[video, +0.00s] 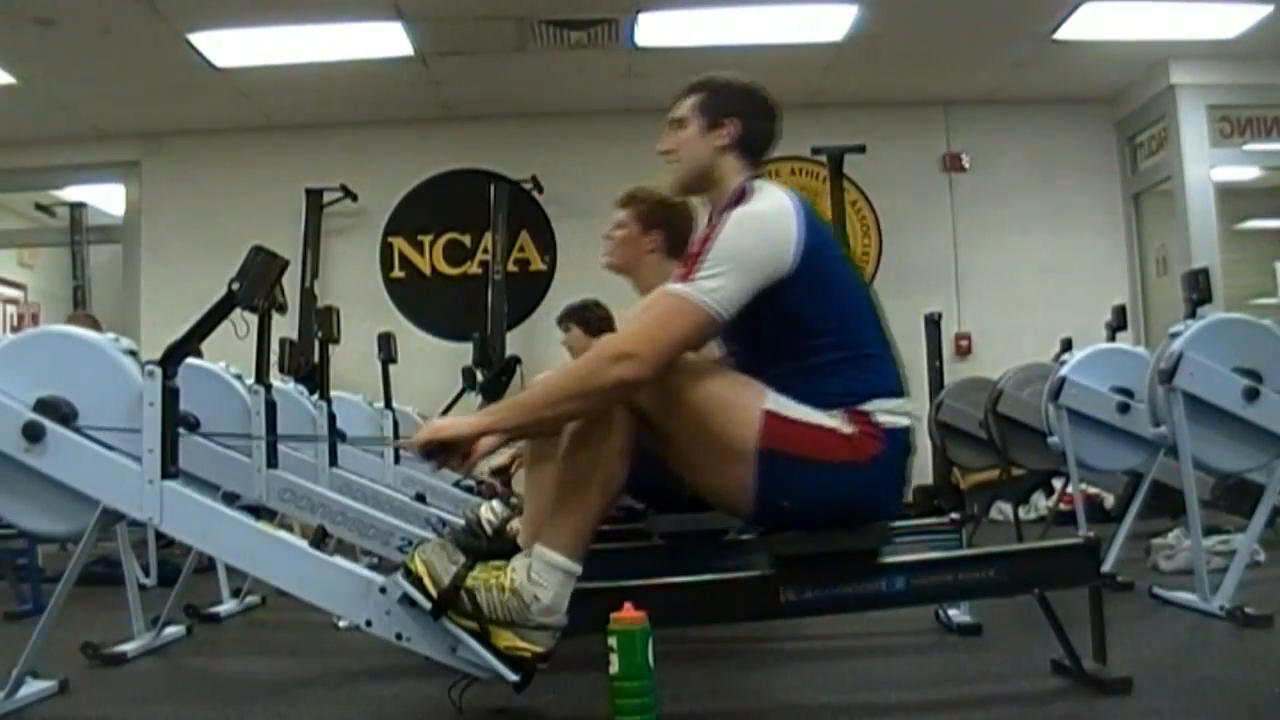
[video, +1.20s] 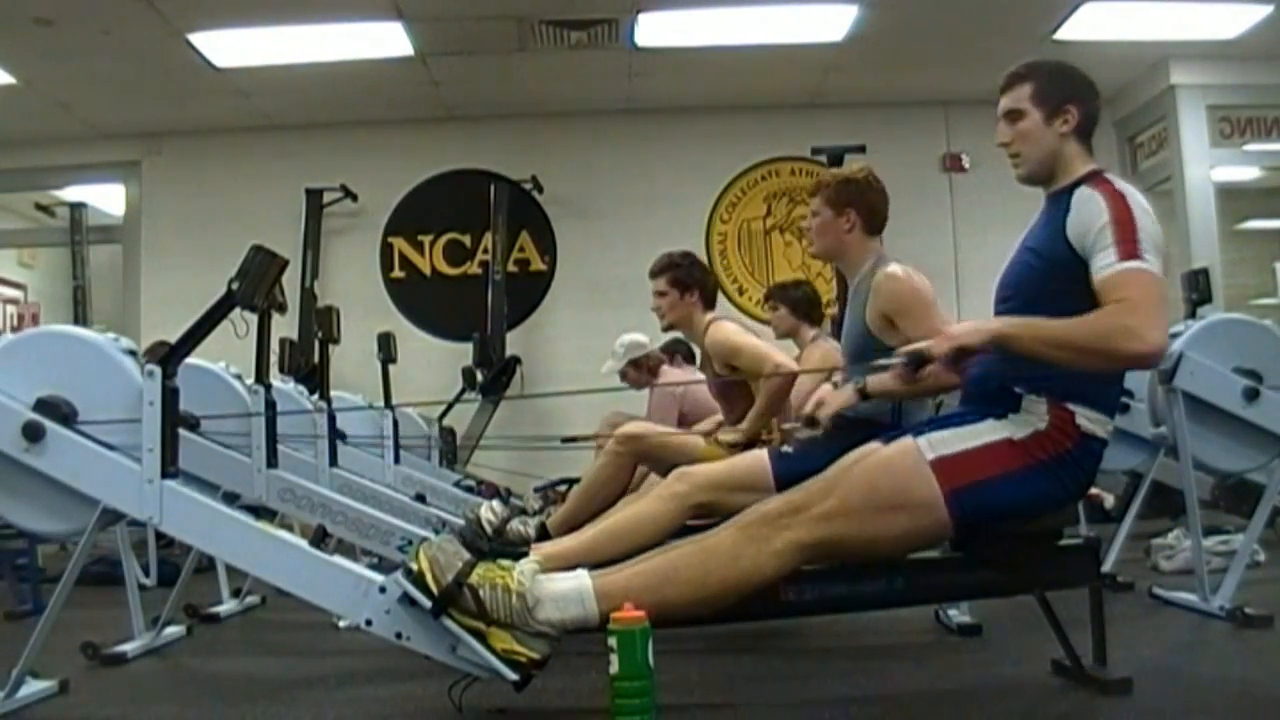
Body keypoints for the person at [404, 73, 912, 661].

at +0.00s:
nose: (662, 144)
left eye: (678, 128)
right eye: (667, 129)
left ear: (725, 135)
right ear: (723, 138)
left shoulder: (765, 216)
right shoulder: (728, 225)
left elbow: (629, 360)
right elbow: (628, 357)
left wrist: (482, 422)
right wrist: (494, 431)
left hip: (854, 453)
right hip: (811, 445)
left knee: (631, 370)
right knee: (613, 377)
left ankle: (540, 594)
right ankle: (531, 581)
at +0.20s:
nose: (759, 133)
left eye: (775, 116)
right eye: (761, 119)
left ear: (827, 123)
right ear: (821, 129)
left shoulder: (860, 208)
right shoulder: (828, 215)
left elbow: (709, 336)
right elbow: (707, 335)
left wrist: (560, 387)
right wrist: (569, 396)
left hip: (925, 442)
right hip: (879, 434)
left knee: (684, 400)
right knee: (663, 402)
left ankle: (547, 598)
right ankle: (539, 587)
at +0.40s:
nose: (842, 127)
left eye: (859, 109)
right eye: (845, 111)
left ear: (910, 118)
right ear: (895, 122)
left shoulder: (943, 202)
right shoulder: (904, 211)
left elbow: (794, 322)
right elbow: (789, 315)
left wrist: (637, 372)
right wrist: (643, 378)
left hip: (991, 441)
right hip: (943, 435)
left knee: (731, 435)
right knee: (708, 438)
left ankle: (546, 603)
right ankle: (538, 601)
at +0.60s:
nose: (914, 124)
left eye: (930, 107)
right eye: (915, 110)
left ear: (982, 113)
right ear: (962, 121)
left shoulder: (1019, 200)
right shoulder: (960, 220)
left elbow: (886, 321)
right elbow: (861, 313)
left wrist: (723, 367)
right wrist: (726, 375)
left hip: (1031, 436)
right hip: (983, 431)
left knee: (776, 490)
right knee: (760, 484)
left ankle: (549, 604)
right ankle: (544, 598)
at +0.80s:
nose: (969, 135)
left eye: (984, 115)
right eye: (969, 119)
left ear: (1039, 117)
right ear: (1008, 125)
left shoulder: (1074, 198)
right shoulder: (1006, 224)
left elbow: (973, 327)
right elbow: (908, 356)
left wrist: (793, 373)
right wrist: (771, 392)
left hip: (1040, 433)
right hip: (988, 427)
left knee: (798, 530)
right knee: (783, 524)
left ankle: (560, 605)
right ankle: (558, 600)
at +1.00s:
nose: (997, 134)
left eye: (1010, 116)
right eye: (996, 119)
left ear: (1063, 116)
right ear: (1039, 123)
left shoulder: (1096, 197)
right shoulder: (1044, 222)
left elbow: (1063, 334)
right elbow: (974, 367)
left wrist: (899, 350)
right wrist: (850, 376)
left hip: (1034, 429)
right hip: (986, 422)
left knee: (796, 532)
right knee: (777, 523)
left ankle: (557, 611)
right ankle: (555, 597)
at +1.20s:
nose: (1001, 139)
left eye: (1012, 121)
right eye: (1000, 125)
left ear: (1066, 119)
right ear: (1048, 127)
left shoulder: (1101, 196)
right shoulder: (1057, 216)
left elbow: (1142, 334)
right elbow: (1007, 360)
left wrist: (993, 331)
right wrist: (903, 381)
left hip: (1045, 432)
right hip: (1003, 422)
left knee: (799, 520)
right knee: (778, 511)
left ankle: (552, 606)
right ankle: (549, 602)